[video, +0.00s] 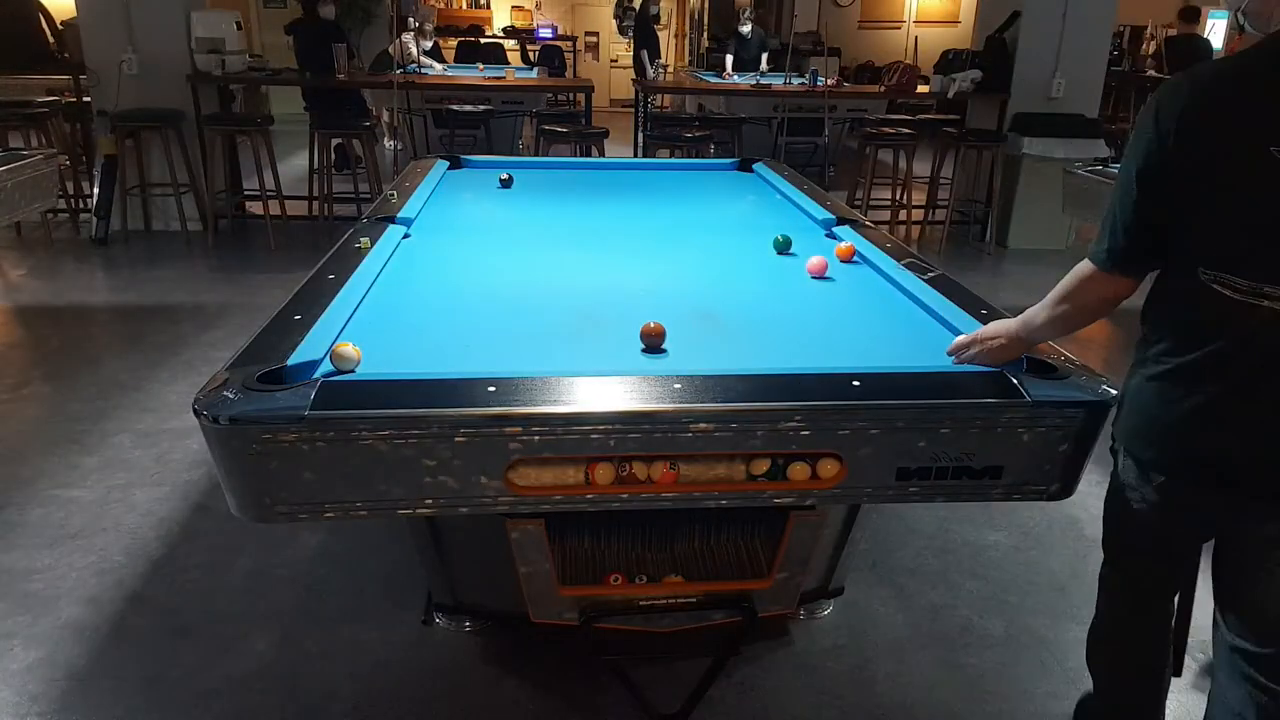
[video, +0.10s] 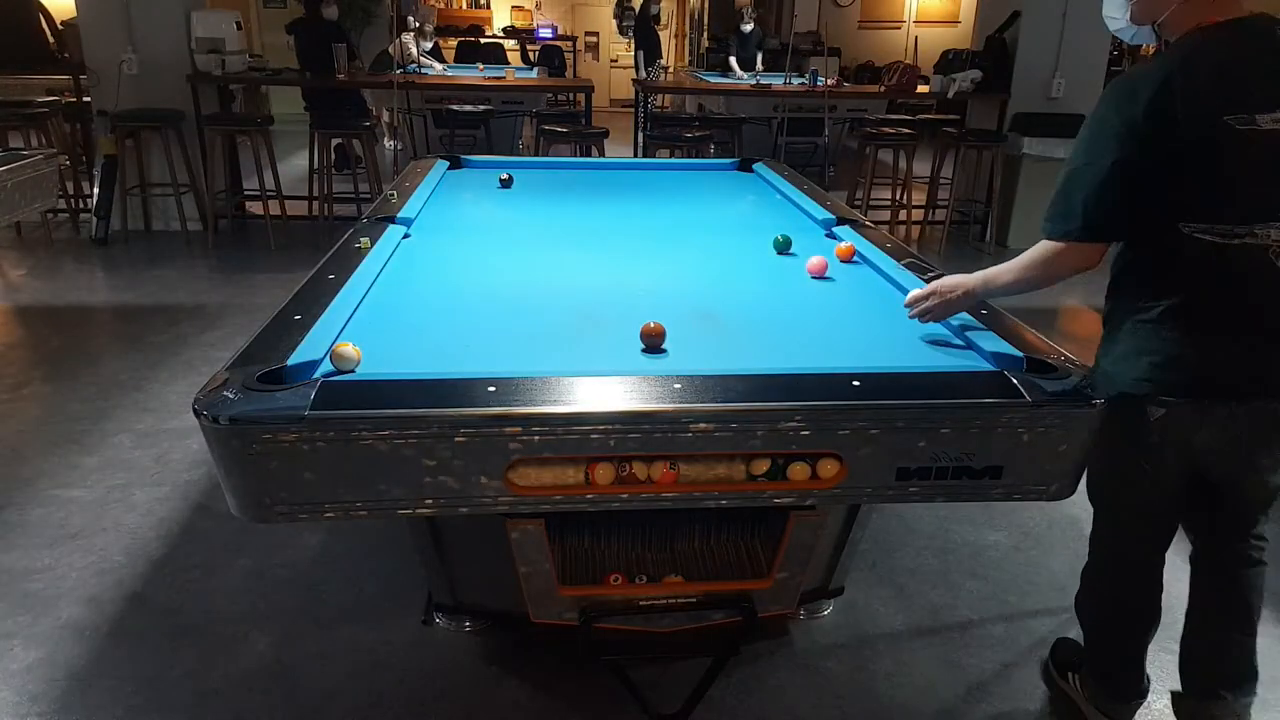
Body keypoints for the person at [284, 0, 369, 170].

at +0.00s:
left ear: (302, 8)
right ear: (319, 6)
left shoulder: (298, 30)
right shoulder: (332, 26)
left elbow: (301, 66)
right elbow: (350, 57)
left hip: (313, 99)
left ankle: (348, 150)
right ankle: (345, 149)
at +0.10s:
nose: (336, 9)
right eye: (332, 5)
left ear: (305, 7)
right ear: (324, 6)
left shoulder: (299, 27)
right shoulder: (333, 28)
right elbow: (352, 60)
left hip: (313, 99)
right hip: (339, 101)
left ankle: (347, 150)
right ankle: (345, 149)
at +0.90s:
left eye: (307, 6)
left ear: (308, 9)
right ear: (332, 8)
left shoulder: (301, 31)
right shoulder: (343, 30)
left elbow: (306, 66)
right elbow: (356, 69)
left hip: (315, 102)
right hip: (346, 104)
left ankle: (350, 151)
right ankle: (344, 149)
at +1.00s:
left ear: (307, 9)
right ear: (332, 9)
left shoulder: (301, 32)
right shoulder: (343, 31)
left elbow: (306, 65)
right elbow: (357, 70)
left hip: (314, 101)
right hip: (345, 103)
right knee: (363, 108)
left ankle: (350, 151)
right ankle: (345, 149)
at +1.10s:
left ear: (307, 9)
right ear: (332, 9)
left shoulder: (301, 31)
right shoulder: (343, 31)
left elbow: (306, 66)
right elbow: (357, 71)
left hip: (314, 101)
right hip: (345, 103)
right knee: (363, 109)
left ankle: (350, 151)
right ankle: (345, 149)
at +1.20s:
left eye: (306, 6)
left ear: (308, 9)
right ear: (333, 7)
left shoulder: (302, 31)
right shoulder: (343, 30)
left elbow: (306, 64)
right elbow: (357, 70)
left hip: (314, 100)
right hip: (345, 101)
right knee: (363, 110)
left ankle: (351, 152)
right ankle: (345, 149)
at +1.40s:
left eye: (307, 6)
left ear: (308, 9)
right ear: (333, 7)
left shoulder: (302, 31)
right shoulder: (343, 30)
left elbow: (306, 64)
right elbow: (357, 70)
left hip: (314, 100)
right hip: (346, 101)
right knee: (364, 113)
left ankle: (353, 152)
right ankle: (345, 148)